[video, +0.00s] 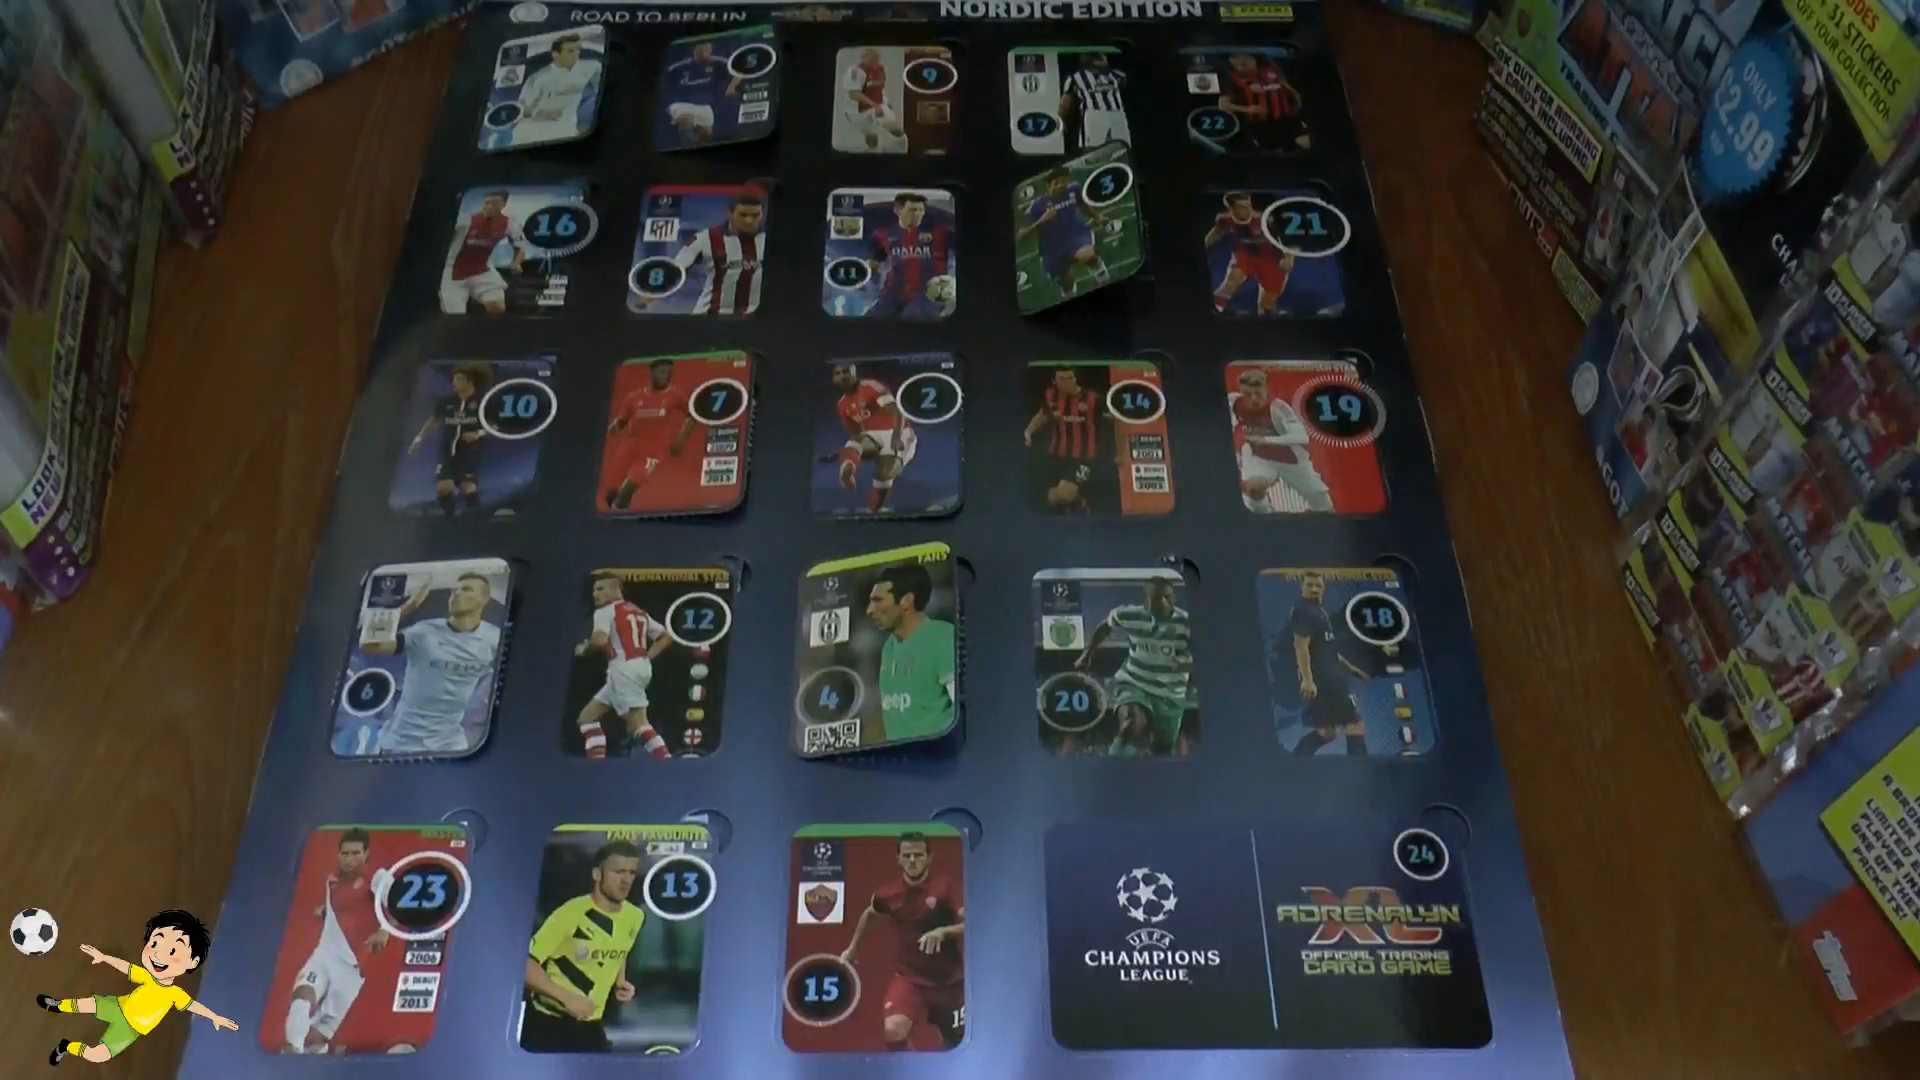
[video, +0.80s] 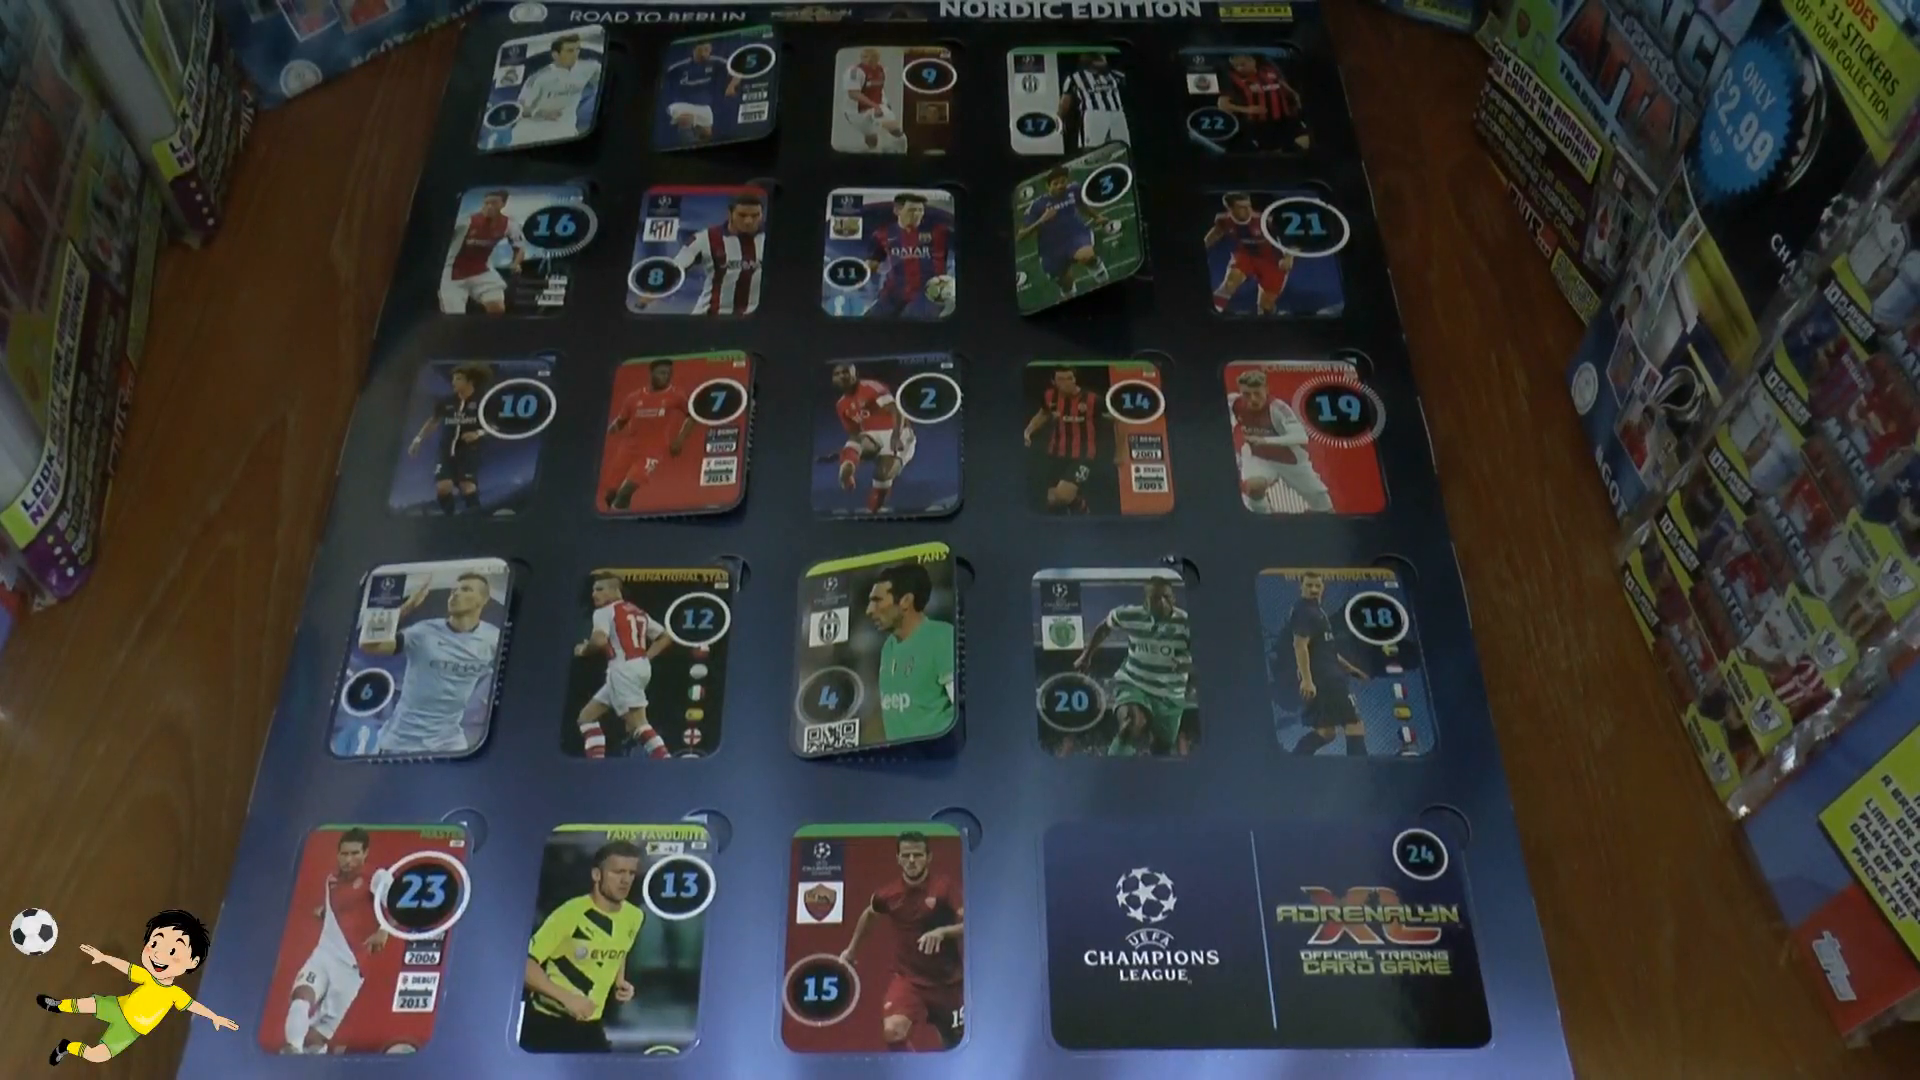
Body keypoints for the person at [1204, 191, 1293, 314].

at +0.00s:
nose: (1246, 211)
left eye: (1248, 206)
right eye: (1241, 207)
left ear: (1251, 206)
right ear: (1231, 208)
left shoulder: (1265, 220)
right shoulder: (1224, 220)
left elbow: (1286, 238)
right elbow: (1208, 243)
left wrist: (1288, 257)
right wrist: (1219, 230)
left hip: (1270, 258)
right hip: (1243, 255)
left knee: (1267, 305)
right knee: (1230, 284)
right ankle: (1213, 315)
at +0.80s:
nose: (1246, 211)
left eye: (1248, 207)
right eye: (1242, 208)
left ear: (1251, 206)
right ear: (1231, 209)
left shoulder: (1264, 220)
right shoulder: (1224, 221)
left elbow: (1286, 237)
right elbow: (1207, 243)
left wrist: (1288, 257)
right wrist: (1218, 231)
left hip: (1270, 260)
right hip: (1243, 256)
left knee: (1265, 305)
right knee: (1229, 285)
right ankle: (1211, 320)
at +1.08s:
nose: (1247, 214)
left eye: (1249, 210)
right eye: (1243, 210)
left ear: (1252, 209)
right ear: (1232, 212)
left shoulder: (1266, 223)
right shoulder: (1225, 224)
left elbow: (1287, 240)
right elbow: (1217, 236)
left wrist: (1289, 259)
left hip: (1272, 263)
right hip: (1245, 259)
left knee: (1267, 308)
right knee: (1231, 287)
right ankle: (1213, 321)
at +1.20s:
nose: (1247, 214)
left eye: (1249, 210)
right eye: (1242, 210)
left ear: (1252, 209)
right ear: (1232, 212)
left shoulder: (1266, 223)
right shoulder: (1225, 224)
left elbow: (1288, 241)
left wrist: (1289, 260)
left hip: (1272, 263)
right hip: (1245, 260)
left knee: (1267, 309)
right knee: (1230, 288)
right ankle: (1212, 321)